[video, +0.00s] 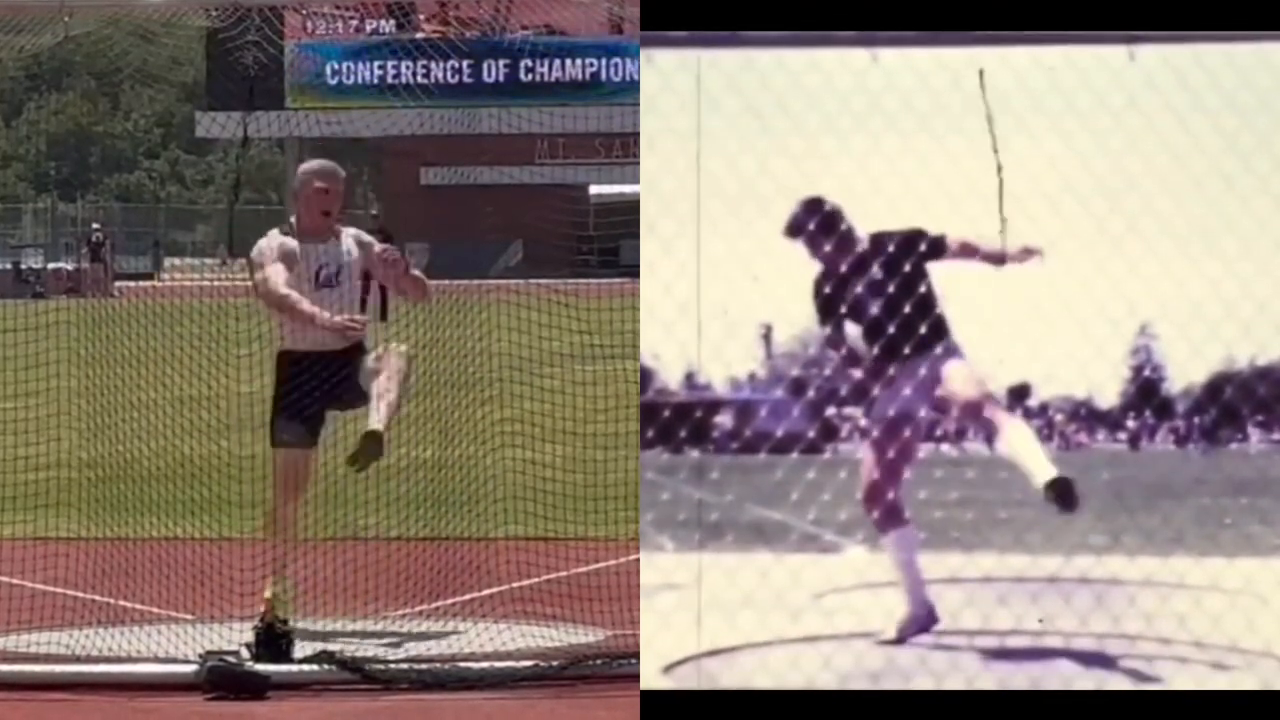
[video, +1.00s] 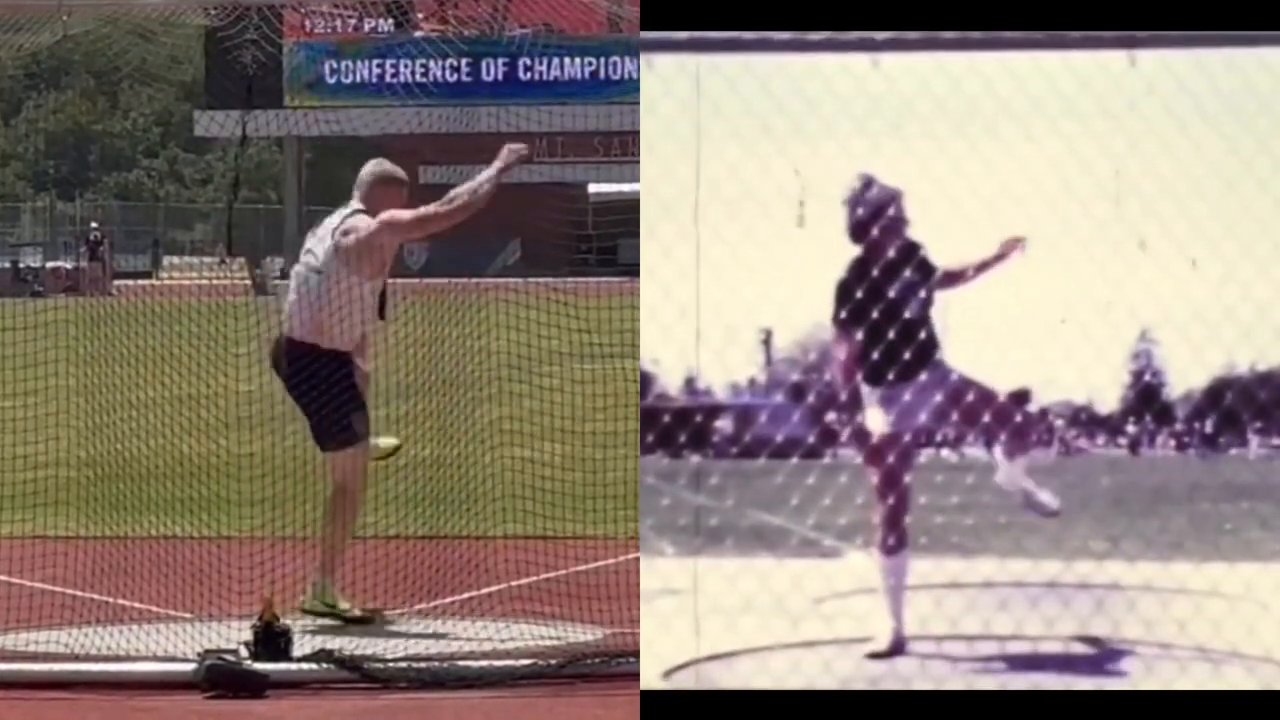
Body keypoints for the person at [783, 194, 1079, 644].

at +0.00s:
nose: (815, 253)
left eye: (817, 241)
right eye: (808, 245)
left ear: (836, 229)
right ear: (811, 245)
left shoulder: (896, 247)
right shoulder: (828, 288)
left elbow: (959, 248)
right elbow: (835, 342)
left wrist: (1004, 256)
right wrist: (858, 365)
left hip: (936, 360)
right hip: (891, 381)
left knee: (980, 401)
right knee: (877, 494)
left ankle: (1050, 482)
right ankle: (918, 606)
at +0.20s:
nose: (823, 239)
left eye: (826, 227)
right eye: (817, 232)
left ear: (845, 216)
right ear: (818, 232)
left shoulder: (897, 236)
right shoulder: (823, 272)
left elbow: (963, 240)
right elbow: (818, 329)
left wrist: (1011, 239)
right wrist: (830, 375)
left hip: (939, 357)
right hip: (889, 379)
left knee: (1021, 397)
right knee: (868, 489)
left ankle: (1122, 459)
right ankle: (900, 599)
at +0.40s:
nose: (829, 229)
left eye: (832, 217)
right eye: (820, 223)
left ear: (849, 206)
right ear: (817, 221)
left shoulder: (900, 231)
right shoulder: (821, 268)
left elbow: (967, 237)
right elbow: (811, 330)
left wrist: (1014, 229)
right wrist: (819, 381)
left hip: (943, 354)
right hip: (892, 377)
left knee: (1036, 395)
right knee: (872, 482)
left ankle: (1136, 435)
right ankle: (885, 609)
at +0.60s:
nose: (847, 221)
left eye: (849, 207)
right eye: (835, 215)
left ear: (862, 199)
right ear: (824, 218)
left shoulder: (901, 234)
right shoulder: (823, 267)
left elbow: (967, 243)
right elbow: (809, 335)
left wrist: (1021, 226)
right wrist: (816, 389)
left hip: (944, 354)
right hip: (889, 379)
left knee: (1044, 399)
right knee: (881, 492)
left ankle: (1124, 434)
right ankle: (890, 616)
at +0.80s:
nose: (865, 216)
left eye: (868, 205)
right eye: (854, 210)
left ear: (880, 204)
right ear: (839, 219)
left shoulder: (904, 246)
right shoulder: (833, 277)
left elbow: (957, 265)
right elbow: (820, 346)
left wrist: (1008, 242)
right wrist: (824, 396)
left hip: (938, 366)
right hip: (887, 390)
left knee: (1021, 403)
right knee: (887, 497)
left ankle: (1073, 452)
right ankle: (891, 618)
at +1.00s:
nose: (902, 223)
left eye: (901, 214)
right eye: (892, 217)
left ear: (900, 216)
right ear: (872, 227)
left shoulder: (910, 255)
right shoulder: (854, 285)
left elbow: (940, 282)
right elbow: (846, 357)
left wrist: (995, 260)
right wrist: (858, 418)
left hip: (935, 380)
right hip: (887, 400)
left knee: (1009, 421)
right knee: (893, 507)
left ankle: (1011, 475)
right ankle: (896, 626)